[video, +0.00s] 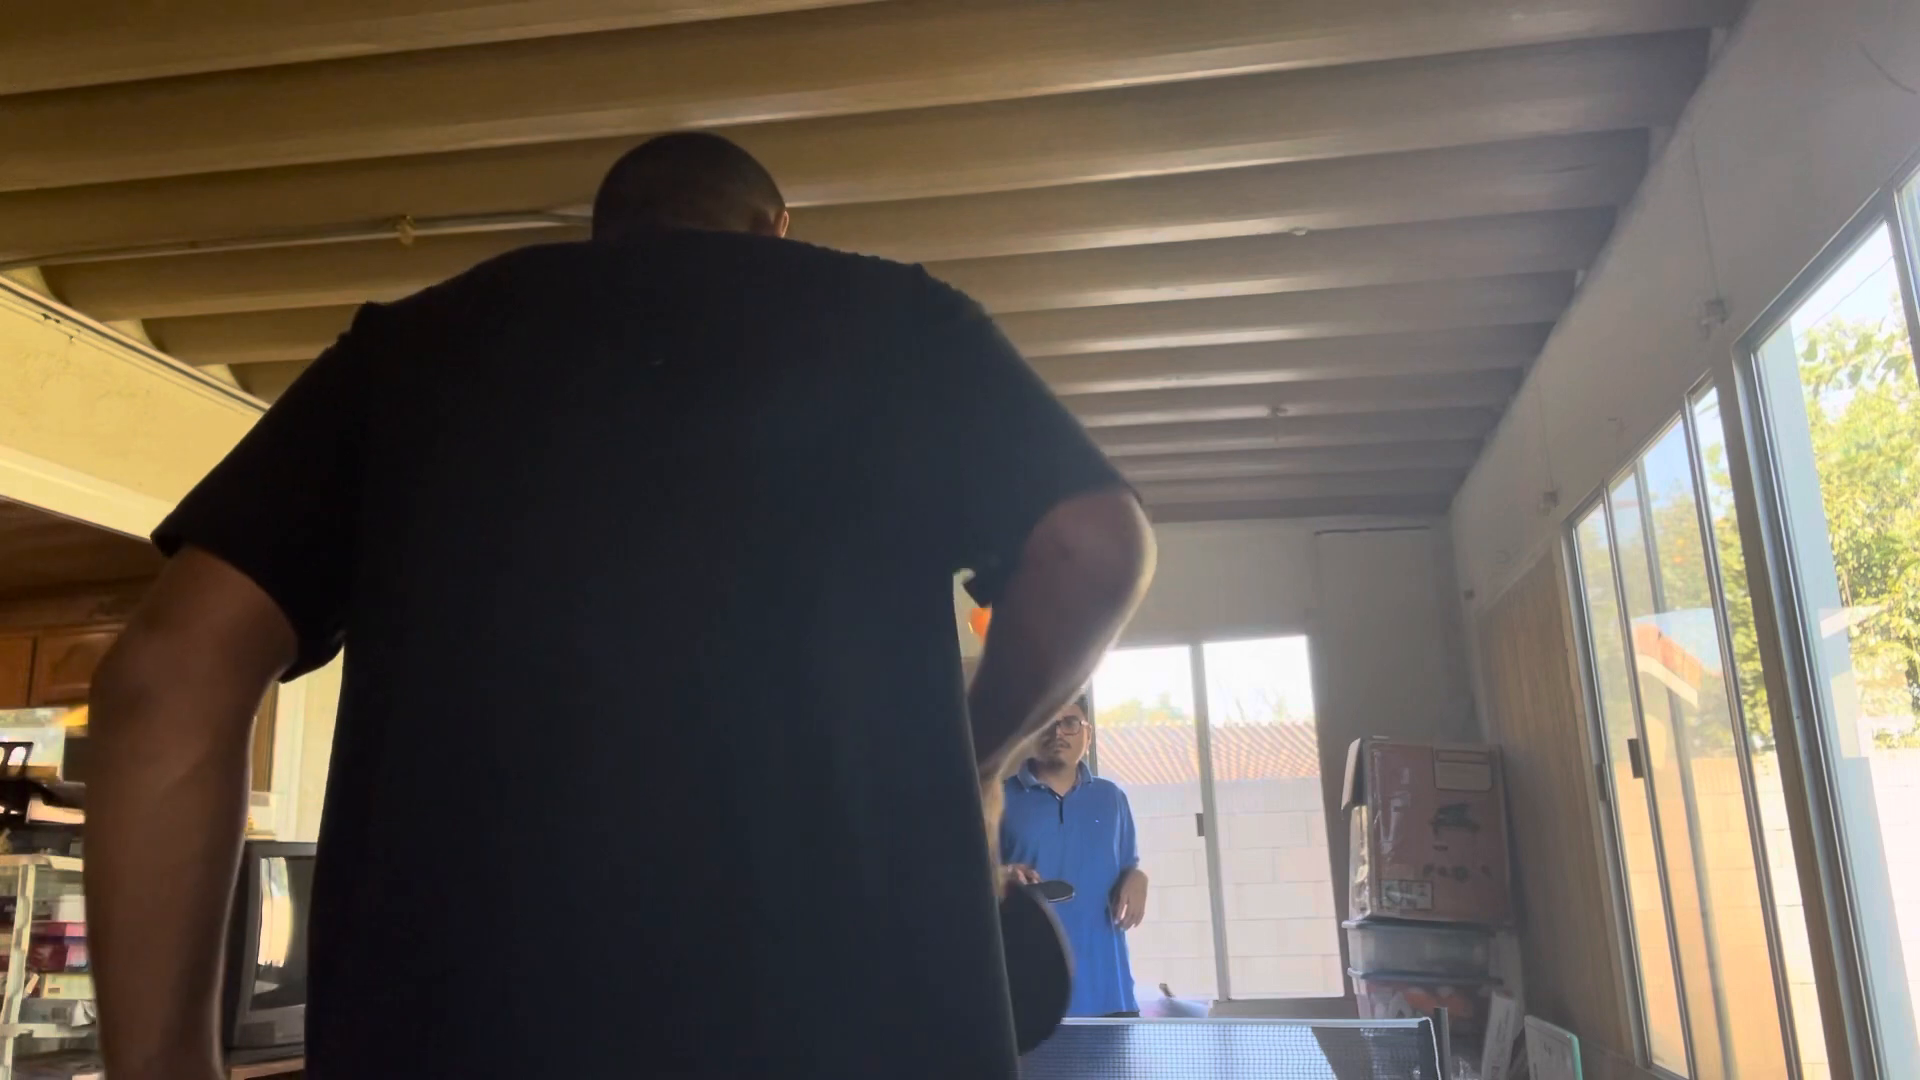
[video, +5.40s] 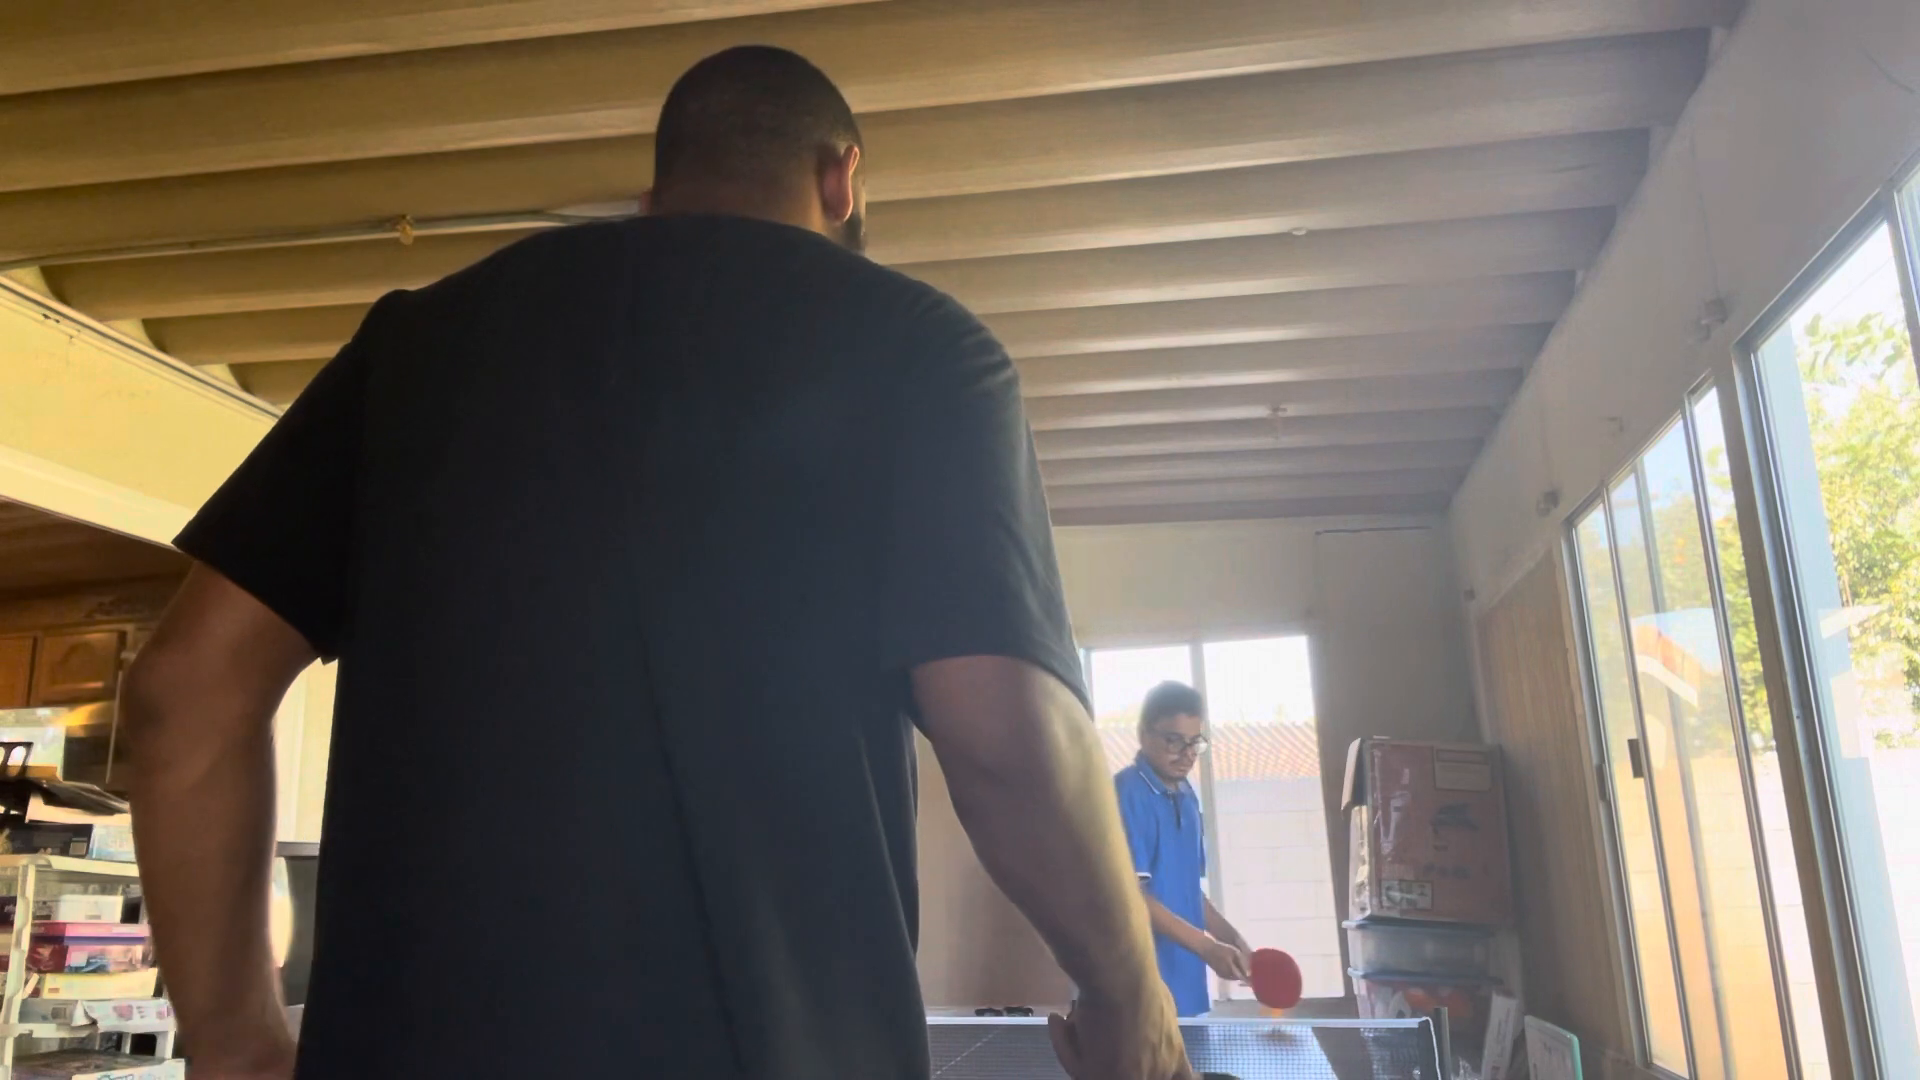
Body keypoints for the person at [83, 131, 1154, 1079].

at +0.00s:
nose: (796, 252)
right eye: (792, 237)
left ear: (590, 234)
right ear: (779, 232)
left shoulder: (410, 344)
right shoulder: (892, 315)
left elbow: (164, 676)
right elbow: (1094, 544)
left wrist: (165, 1064)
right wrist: (971, 763)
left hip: (452, 1028)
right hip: (862, 1029)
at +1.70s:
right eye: (804, 219)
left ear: (605, 219)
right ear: (797, 217)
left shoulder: (448, 349)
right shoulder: (936, 353)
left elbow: (215, 683)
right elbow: (1054, 703)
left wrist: (198, 1054)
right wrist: (878, 808)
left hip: (477, 1030)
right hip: (840, 1034)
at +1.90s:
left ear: (580, 232)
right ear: (772, 240)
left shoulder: (430, 338)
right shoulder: (909, 374)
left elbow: (187, 656)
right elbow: (970, 758)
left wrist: (175, 1044)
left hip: (459, 1036)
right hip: (836, 1044)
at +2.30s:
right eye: (720, 242)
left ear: (515, 232)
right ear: (712, 242)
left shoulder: (359, 321)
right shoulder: (837, 374)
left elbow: (78, 643)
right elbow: (845, 740)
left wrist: (50, 1035)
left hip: (379, 1032)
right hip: (757, 1042)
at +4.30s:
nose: (796, 240)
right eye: (793, 218)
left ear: (583, 204)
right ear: (773, 209)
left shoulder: (386, 342)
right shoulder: (881, 347)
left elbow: (139, 697)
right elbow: (1005, 723)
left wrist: (126, 1057)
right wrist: (951, 819)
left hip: (405, 1037)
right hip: (773, 1039)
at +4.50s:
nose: (830, 254)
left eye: (829, 237)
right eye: (831, 231)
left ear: (621, 199)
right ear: (794, 205)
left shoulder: (389, 333)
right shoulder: (870, 342)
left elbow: (145, 677)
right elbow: (982, 695)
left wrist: (130, 1049)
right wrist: (1039, 926)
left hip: (381, 1037)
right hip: (751, 1038)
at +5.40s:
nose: (857, 222)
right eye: (864, 200)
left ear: (657, 175)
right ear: (840, 179)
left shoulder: (423, 330)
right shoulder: (906, 340)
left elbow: (183, 694)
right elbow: (997, 722)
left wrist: (232, 1039)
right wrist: (1126, 999)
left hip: (415, 1043)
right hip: (778, 1043)